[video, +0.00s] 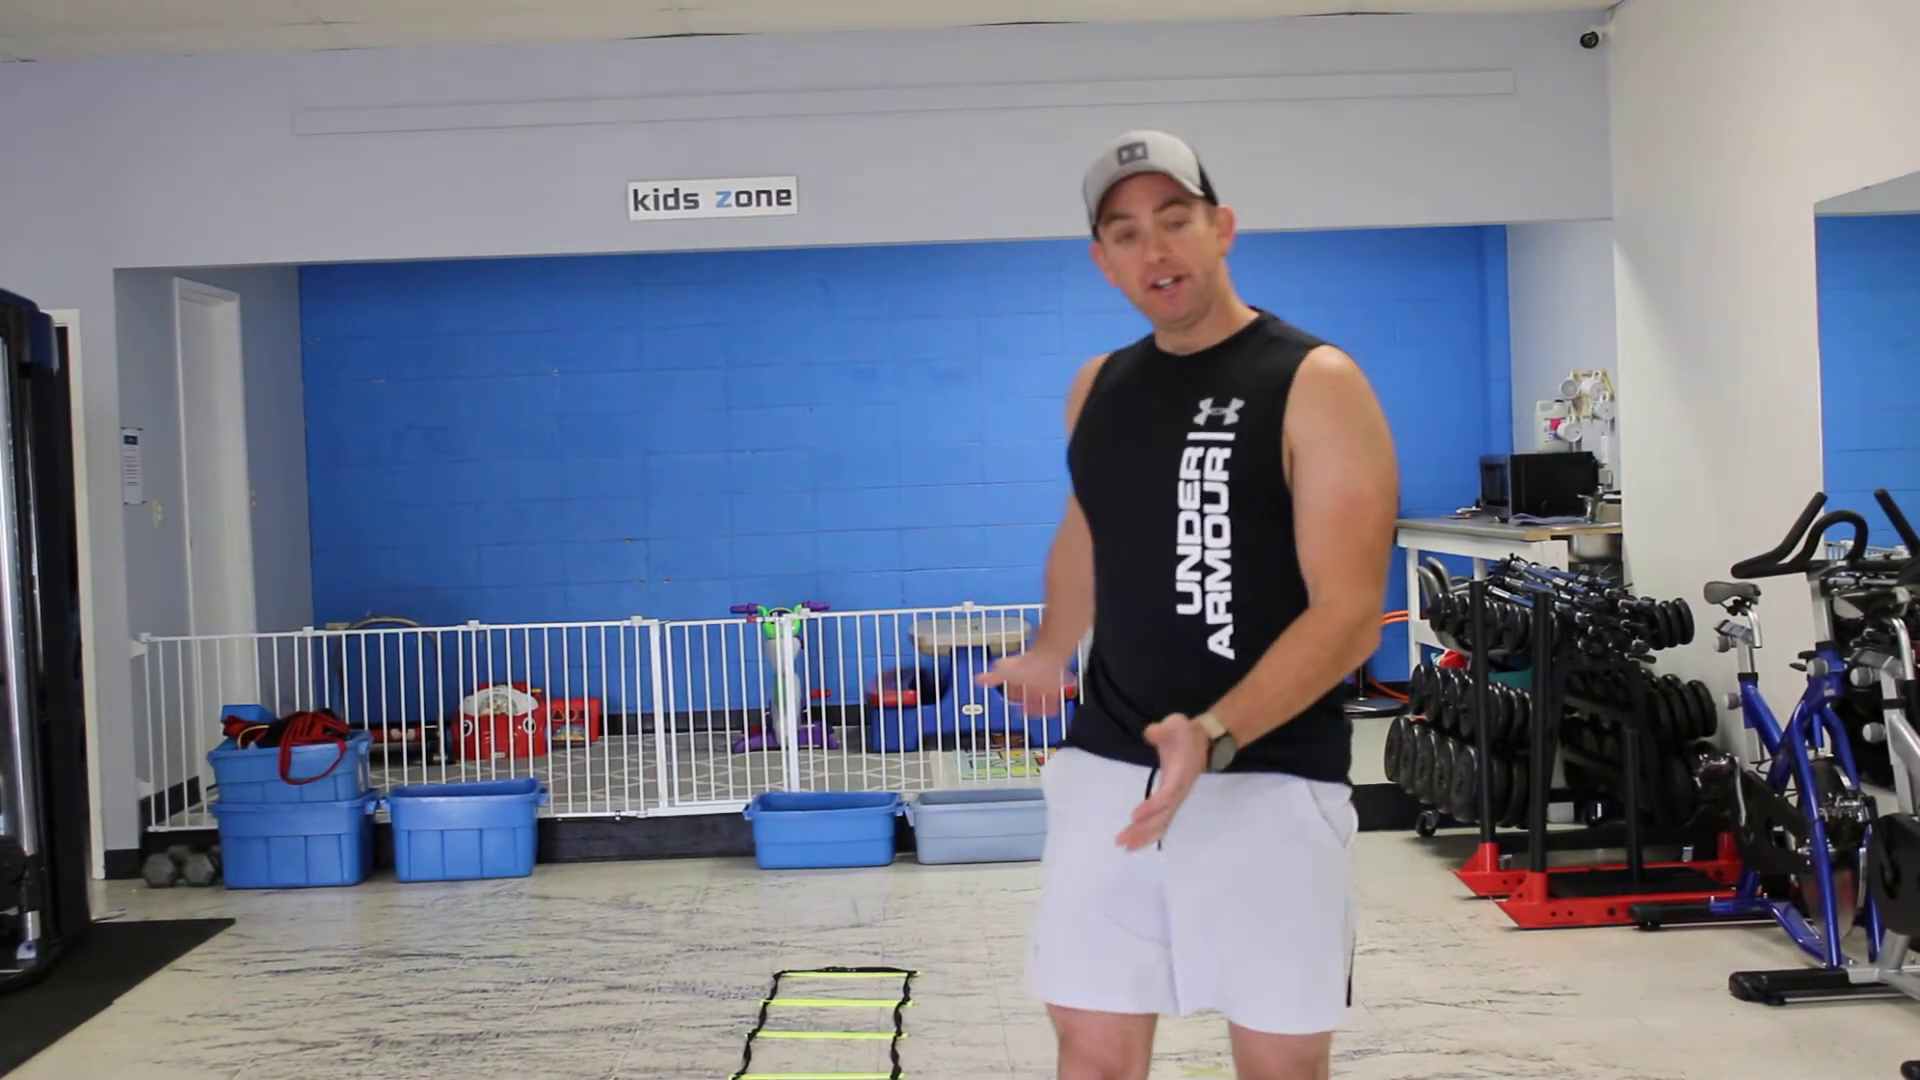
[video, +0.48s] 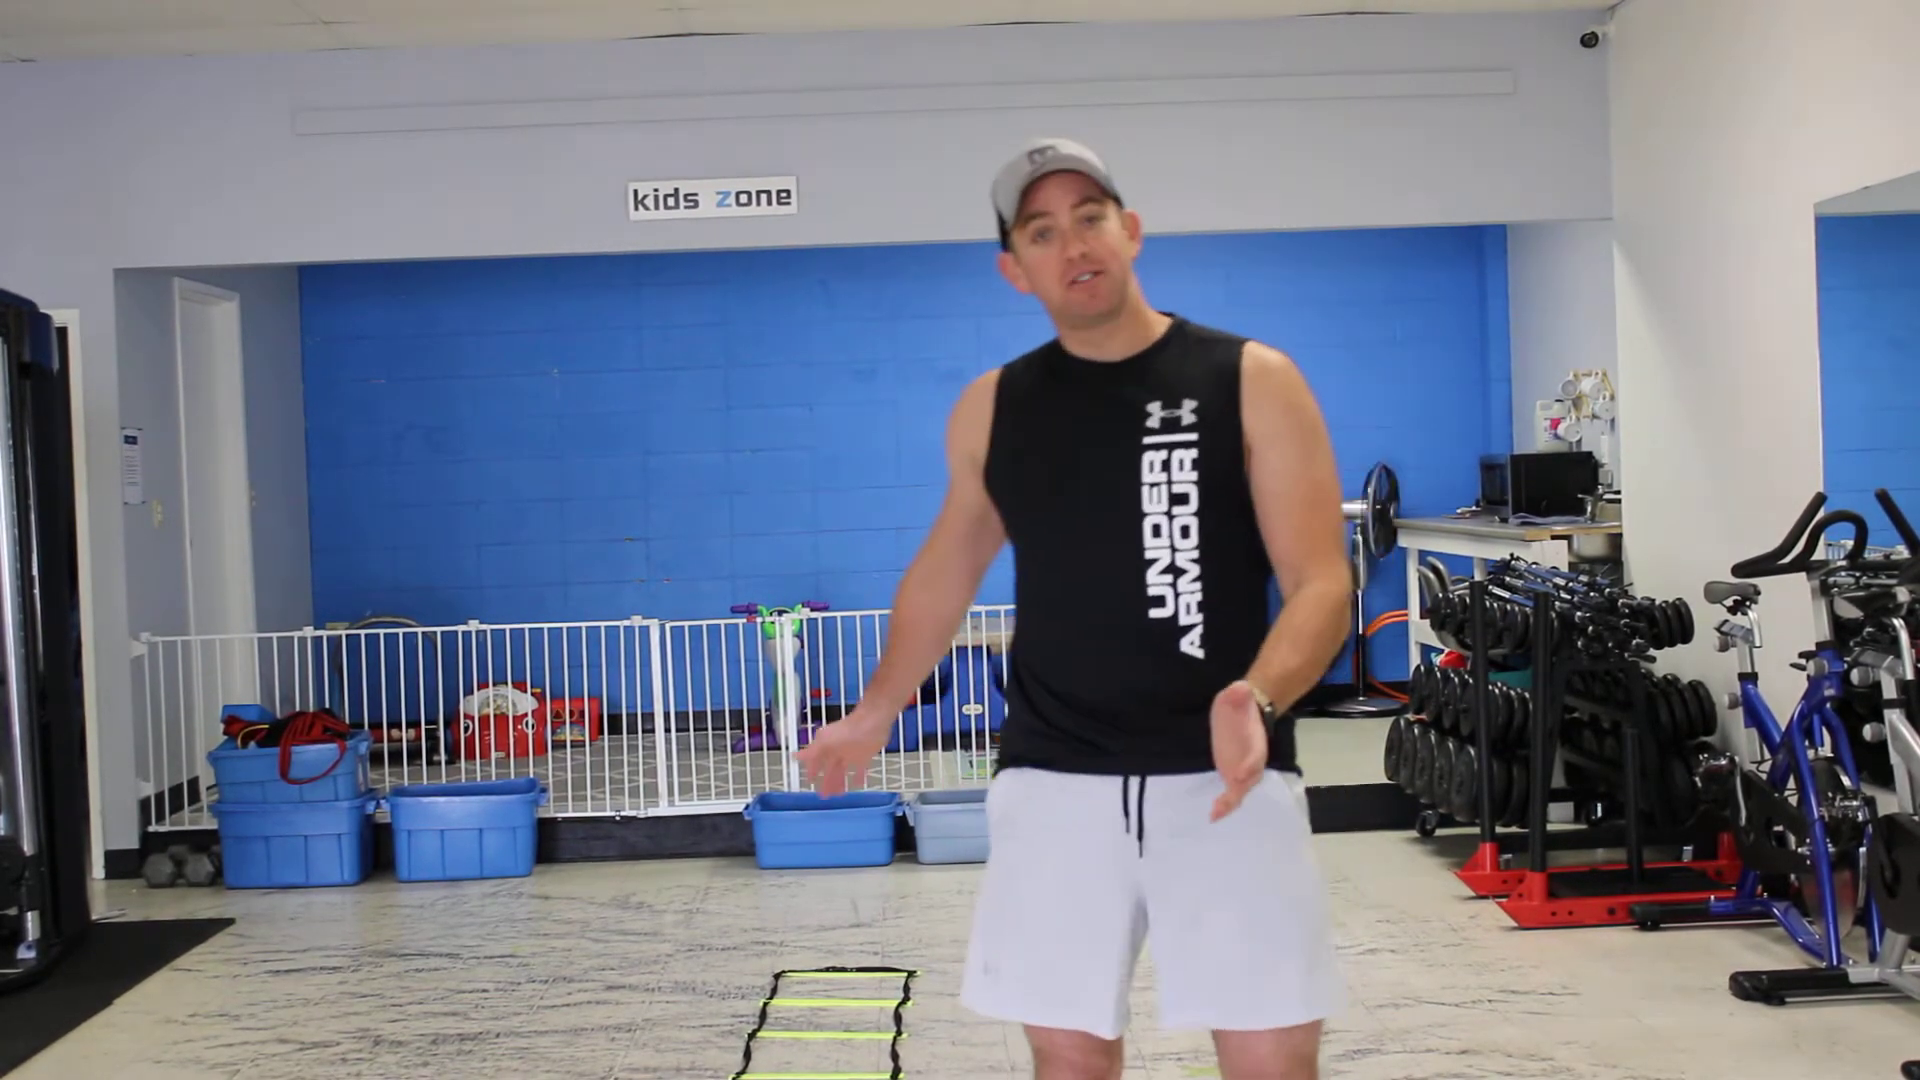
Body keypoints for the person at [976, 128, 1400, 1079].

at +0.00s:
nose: (1155, 252)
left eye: (1173, 220)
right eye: (1125, 234)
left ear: (1223, 227)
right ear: (1103, 263)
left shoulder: (1317, 385)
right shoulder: (1099, 388)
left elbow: (1349, 616)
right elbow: (1086, 525)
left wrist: (1211, 733)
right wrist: (1052, 647)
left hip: (1270, 788)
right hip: (1103, 779)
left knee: (1281, 1061)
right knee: (1094, 1059)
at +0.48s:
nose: (1075, 243)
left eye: (1092, 217)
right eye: (1044, 231)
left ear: (1132, 229)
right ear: (1016, 270)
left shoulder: (1252, 382)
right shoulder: (992, 409)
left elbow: (1322, 586)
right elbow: (946, 570)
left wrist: (1254, 692)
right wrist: (874, 710)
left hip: (1231, 790)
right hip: (1054, 798)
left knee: (1273, 1066)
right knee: (1070, 1065)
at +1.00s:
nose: (1020, 265)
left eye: (1038, 236)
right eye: (990, 250)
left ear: (1079, 243)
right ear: (962, 281)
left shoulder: (1201, 391)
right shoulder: (933, 427)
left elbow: (1286, 581)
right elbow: (892, 627)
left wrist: (1224, 661)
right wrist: (795, 779)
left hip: (1196, 789)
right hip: (1019, 806)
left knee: (1284, 1061)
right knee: (1045, 1065)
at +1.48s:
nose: (1032, 255)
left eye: (1052, 230)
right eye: (1003, 238)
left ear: (1090, 248)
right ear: (969, 271)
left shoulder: (1200, 399)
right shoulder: (926, 432)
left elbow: (1277, 579)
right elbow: (864, 620)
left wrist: (1245, 658)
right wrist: (791, 752)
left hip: (1191, 797)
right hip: (1012, 812)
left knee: (1279, 1063)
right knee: (1041, 1066)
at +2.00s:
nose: (1078, 244)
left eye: (1100, 220)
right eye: (1051, 225)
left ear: (1141, 240)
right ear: (1019, 257)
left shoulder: (1241, 377)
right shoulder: (965, 400)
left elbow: (1342, 548)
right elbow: (896, 572)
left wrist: (1310, 580)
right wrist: (864, 633)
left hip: (1216, 777)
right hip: (1040, 785)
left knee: (1249, 1062)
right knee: (1059, 1062)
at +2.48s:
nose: (1137, 253)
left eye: (1163, 228)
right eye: (1113, 229)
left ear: (1201, 247)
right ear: (1078, 248)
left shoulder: (1287, 393)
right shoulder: (1010, 401)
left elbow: (1355, 556)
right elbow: (938, 569)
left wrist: (1327, 611)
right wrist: (928, 635)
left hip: (1241, 775)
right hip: (1065, 781)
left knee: (1259, 1054)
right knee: (1057, 1058)